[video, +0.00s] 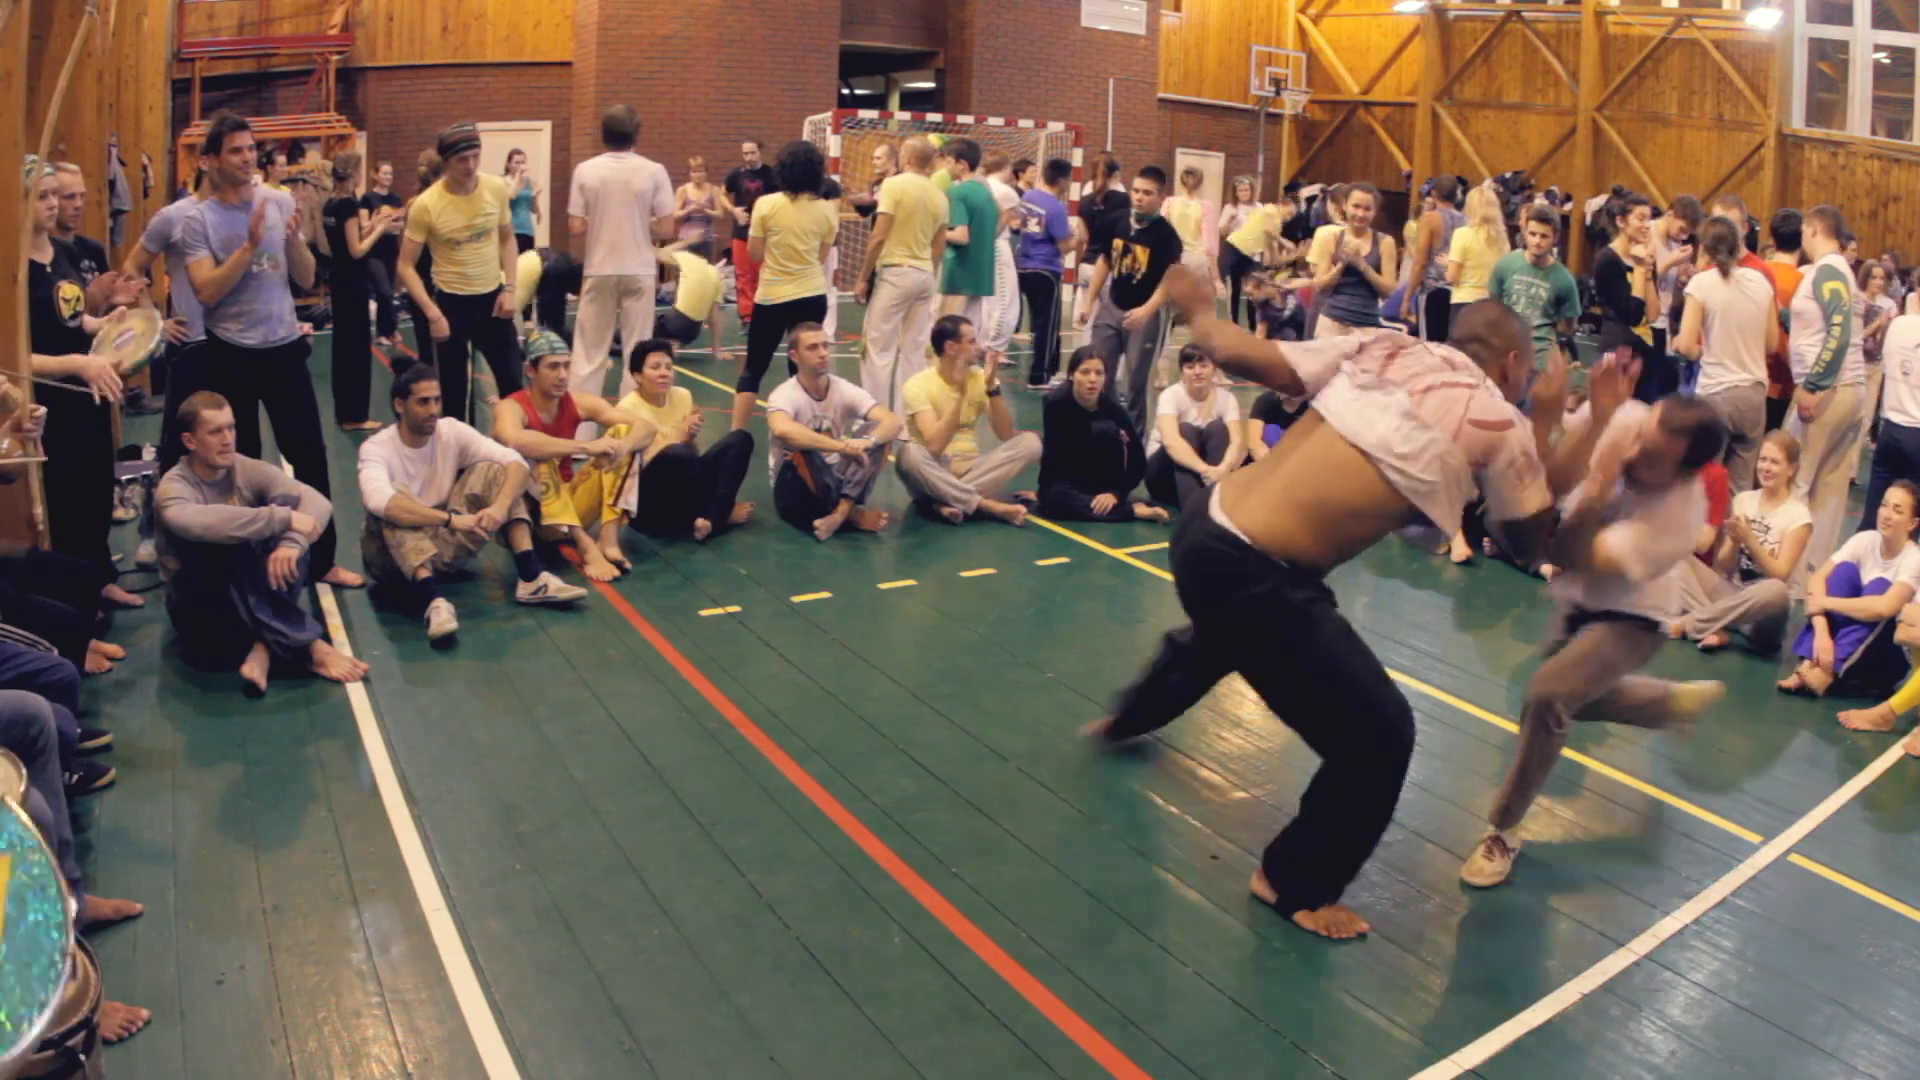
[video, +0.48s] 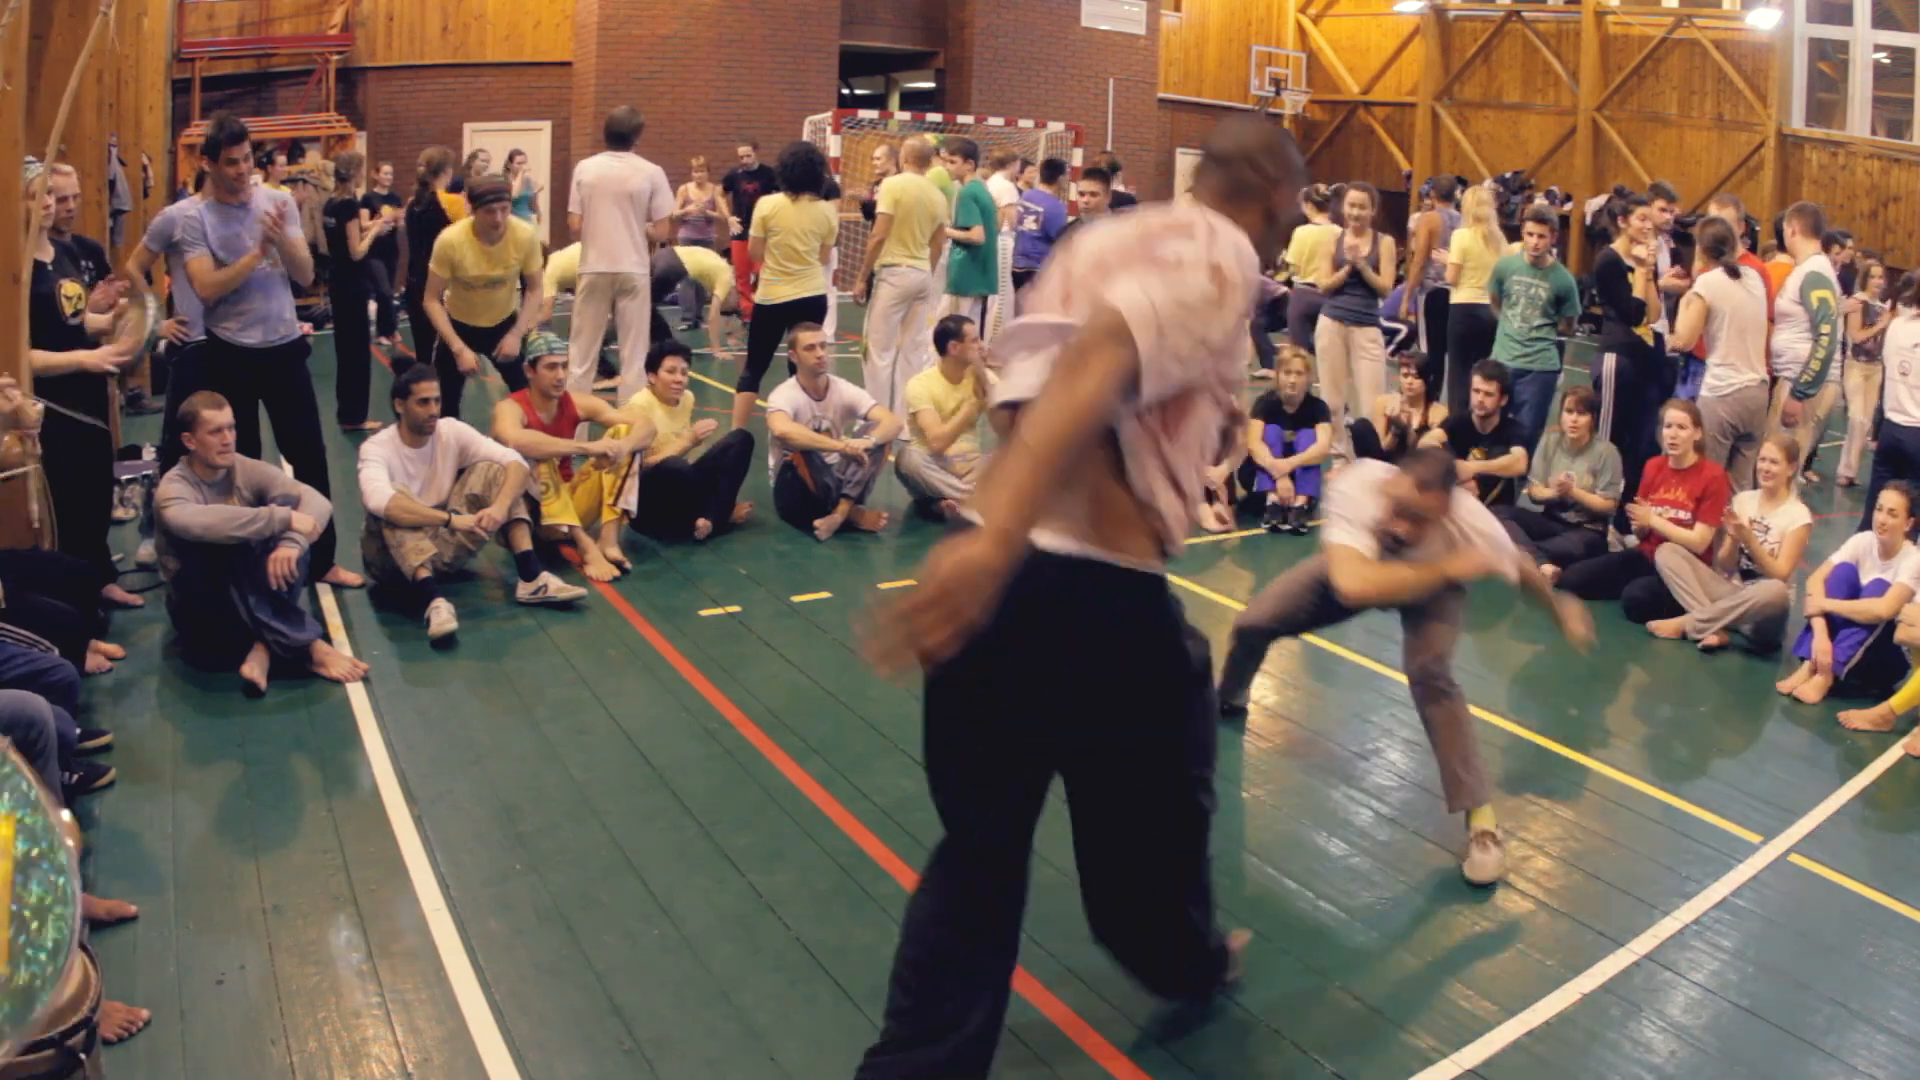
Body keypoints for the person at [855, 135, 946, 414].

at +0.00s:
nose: (898, 158)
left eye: (900, 154)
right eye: (900, 154)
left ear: (905, 158)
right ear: (929, 162)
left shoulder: (894, 184)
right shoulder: (939, 196)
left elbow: (879, 235)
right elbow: (939, 245)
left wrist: (864, 277)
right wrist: (929, 276)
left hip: (895, 268)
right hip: (926, 271)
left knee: (879, 346)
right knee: (914, 349)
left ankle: (877, 422)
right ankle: (909, 425)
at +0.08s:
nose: (898, 158)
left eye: (900, 154)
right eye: (900, 153)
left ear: (906, 158)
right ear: (929, 161)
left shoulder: (894, 184)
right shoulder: (939, 195)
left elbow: (880, 234)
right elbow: (939, 244)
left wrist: (865, 276)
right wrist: (932, 280)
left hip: (895, 269)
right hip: (925, 272)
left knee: (879, 347)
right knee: (914, 350)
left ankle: (878, 420)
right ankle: (908, 423)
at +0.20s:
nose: (898, 157)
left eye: (901, 153)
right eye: (900, 152)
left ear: (906, 157)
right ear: (929, 160)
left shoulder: (893, 184)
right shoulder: (938, 195)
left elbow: (880, 235)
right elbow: (939, 245)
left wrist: (865, 275)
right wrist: (933, 282)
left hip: (895, 270)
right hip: (924, 273)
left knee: (881, 349)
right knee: (914, 350)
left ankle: (879, 419)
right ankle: (908, 420)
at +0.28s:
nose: (898, 157)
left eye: (900, 153)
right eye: (900, 153)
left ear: (905, 157)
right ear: (929, 161)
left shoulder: (893, 184)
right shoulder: (938, 195)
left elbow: (880, 234)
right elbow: (939, 244)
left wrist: (865, 275)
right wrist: (931, 279)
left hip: (895, 270)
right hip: (924, 272)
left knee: (880, 348)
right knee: (913, 350)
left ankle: (877, 418)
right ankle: (906, 419)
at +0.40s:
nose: (898, 158)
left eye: (900, 153)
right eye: (900, 153)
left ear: (905, 157)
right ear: (928, 161)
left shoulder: (892, 184)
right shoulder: (938, 195)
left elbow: (880, 234)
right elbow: (938, 244)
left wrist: (864, 276)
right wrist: (929, 277)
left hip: (894, 270)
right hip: (923, 272)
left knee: (880, 347)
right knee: (913, 349)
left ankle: (878, 418)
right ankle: (905, 418)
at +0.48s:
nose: (898, 158)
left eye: (900, 153)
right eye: (901, 153)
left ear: (904, 157)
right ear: (928, 161)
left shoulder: (892, 185)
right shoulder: (937, 195)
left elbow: (880, 234)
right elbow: (937, 244)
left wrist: (863, 275)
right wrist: (927, 273)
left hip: (894, 270)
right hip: (923, 272)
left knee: (880, 348)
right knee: (913, 349)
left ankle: (878, 418)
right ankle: (906, 419)